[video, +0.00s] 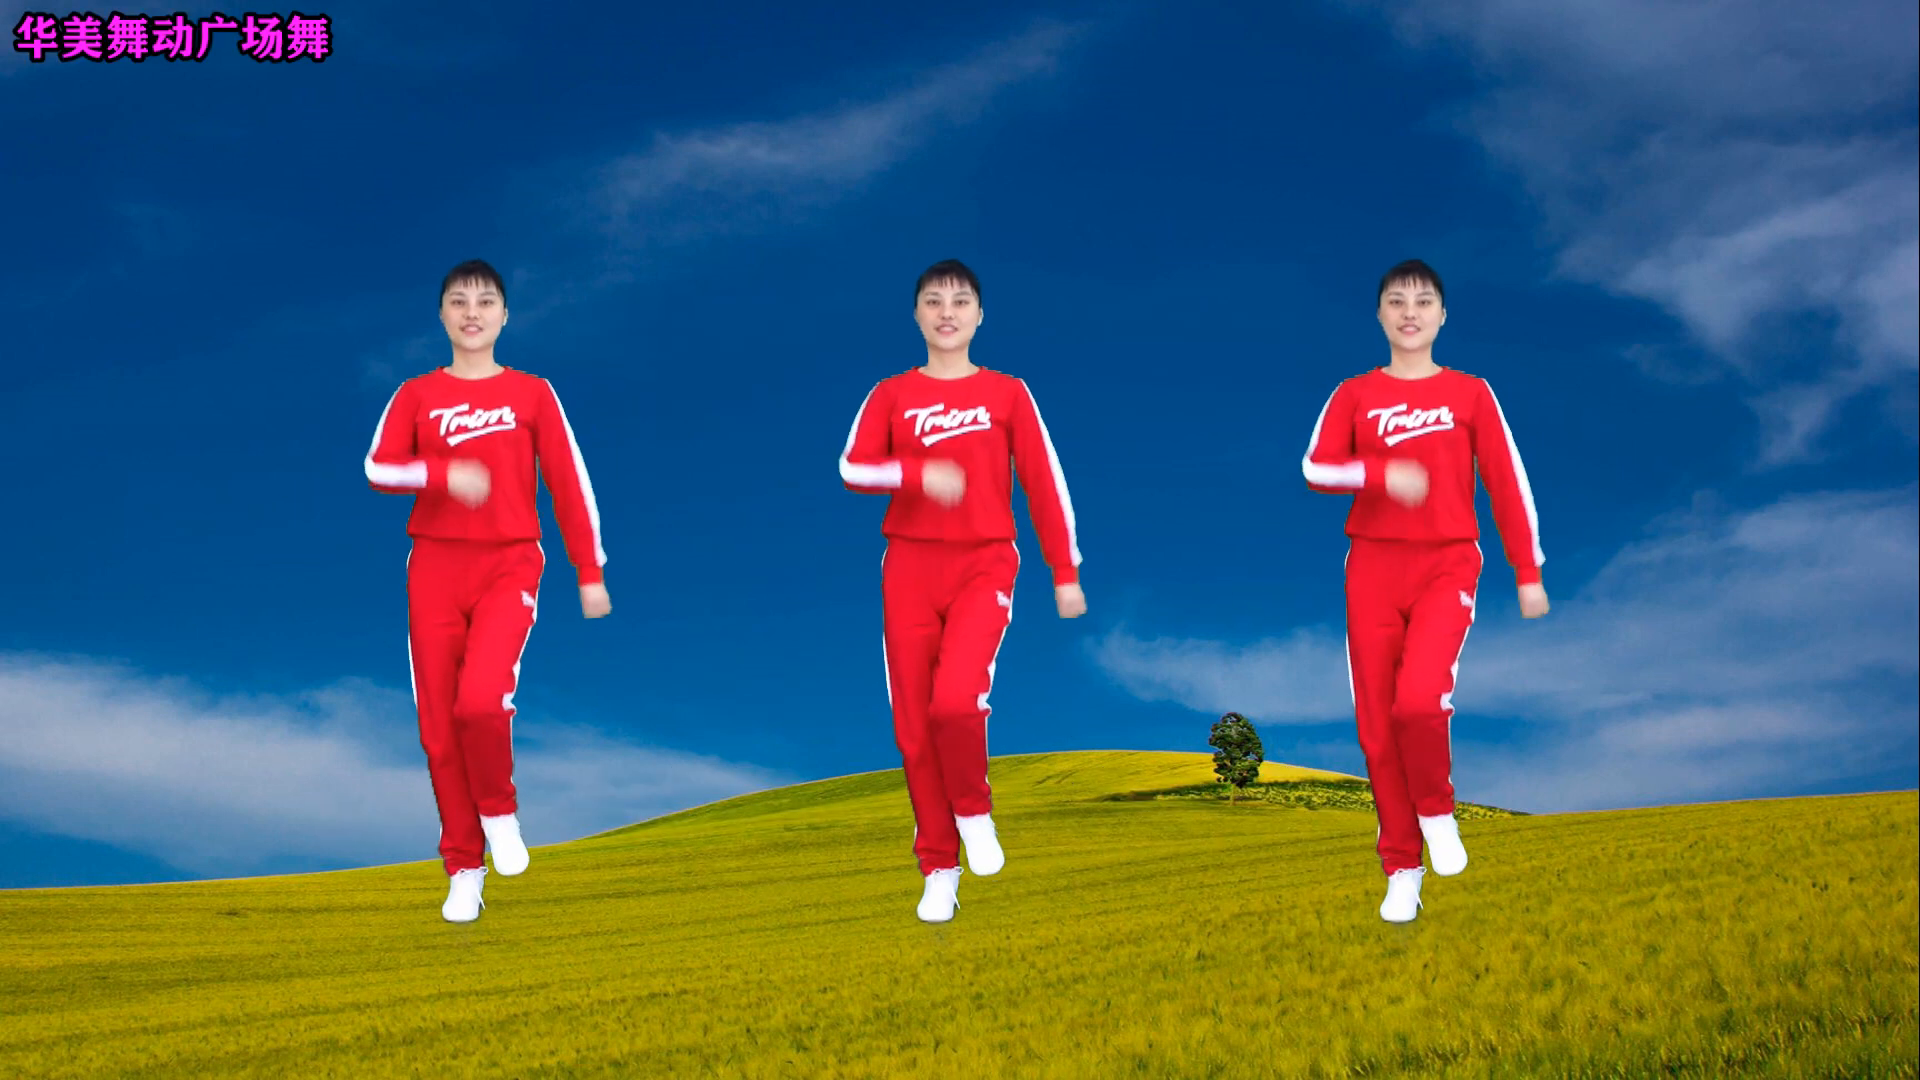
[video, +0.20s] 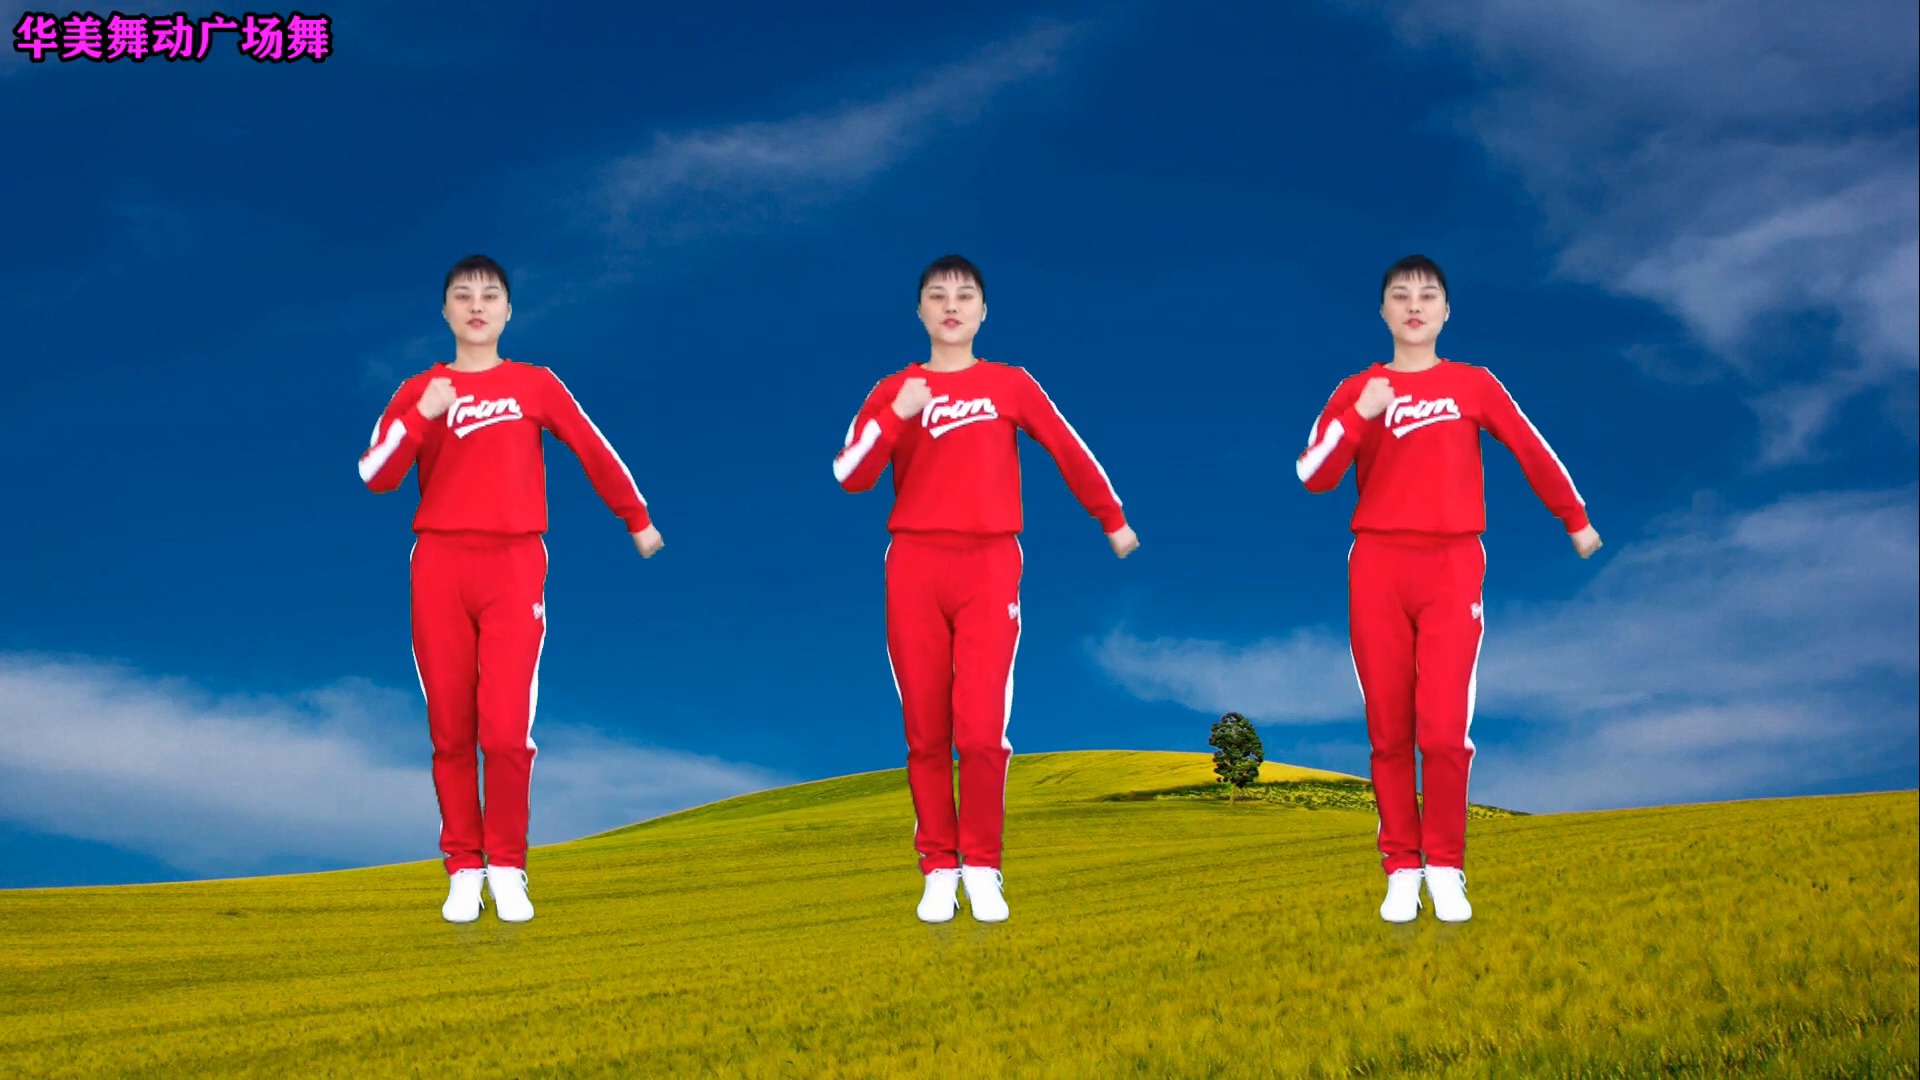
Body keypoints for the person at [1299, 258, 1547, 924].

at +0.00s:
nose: (1411, 312)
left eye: (1423, 302)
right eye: (1398, 302)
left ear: (1441, 314)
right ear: (1381, 315)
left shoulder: (1471, 392)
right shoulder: (1352, 394)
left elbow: (1508, 482)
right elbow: (1316, 469)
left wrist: (1528, 571)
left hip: (1448, 567)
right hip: (1373, 567)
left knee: (1417, 706)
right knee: (1375, 722)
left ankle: (1436, 810)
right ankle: (1402, 864)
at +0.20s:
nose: (1414, 307)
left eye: (1426, 298)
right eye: (1403, 297)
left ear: (1445, 310)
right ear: (1385, 310)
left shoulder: (1476, 385)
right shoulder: (1358, 390)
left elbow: (1533, 450)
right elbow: (1314, 476)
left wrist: (1577, 519)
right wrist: (1358, 416)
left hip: (1454, 566)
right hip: (1377, 568)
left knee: (1444, 730)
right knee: (1387, 730)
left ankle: (1445, 866)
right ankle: (1401, 867)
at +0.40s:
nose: (1417, 308)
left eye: (1429, 298)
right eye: (1404, 299)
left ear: (1448, 310)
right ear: (1388, 312)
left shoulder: (1480, 385)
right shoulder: (1363, 389)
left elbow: (1531, 465)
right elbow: (1344, 473)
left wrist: (1578, 542)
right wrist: (1386, 496)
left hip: (1463, 571)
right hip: (1387, 571)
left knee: (1454, 725)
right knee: (1396, 726)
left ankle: (1446, 867)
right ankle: (1403, 864)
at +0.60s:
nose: (1420, 326)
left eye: (1432, 315)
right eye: (1407, 317)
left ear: (1451, 328)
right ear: (1391, 332)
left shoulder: (1481, 408)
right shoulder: (1367, 411)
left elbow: (1496, 498)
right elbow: (1348, 507)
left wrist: (1483, 574)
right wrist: (1337, 595)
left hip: (1470, 582)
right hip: (1395, 581)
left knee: (1470, 726)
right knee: (1425, 703)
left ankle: (1445, 868)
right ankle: (1412, 807)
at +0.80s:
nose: (1418, 300)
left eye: (1429, 289)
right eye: (1405, 293)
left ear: (1449, 303)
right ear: (1388, 310)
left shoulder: (1482, 381)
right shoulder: (1364, 386)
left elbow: (1515, 460)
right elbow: (1308, 460)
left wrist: (1459, 414)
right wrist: (1263, 538)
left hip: (1466, 558)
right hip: (1390, 558)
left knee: (1459, 712)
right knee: (1412, 709)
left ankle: (1447, 860)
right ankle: (1406, 833)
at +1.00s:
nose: (1412, 310)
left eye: (1423, 300)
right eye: (1399, 303)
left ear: (1442, 313)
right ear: (1382, 319)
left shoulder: (1471, 392)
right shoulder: (1352, 391)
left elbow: (1489, 475)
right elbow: (1292, 459)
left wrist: (1444, 412)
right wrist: (1235, 525)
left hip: (1459, 567)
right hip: (1383, 568)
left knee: (1452, 726)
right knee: (1390, 727)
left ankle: (1444, 869)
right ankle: (1394, 870)